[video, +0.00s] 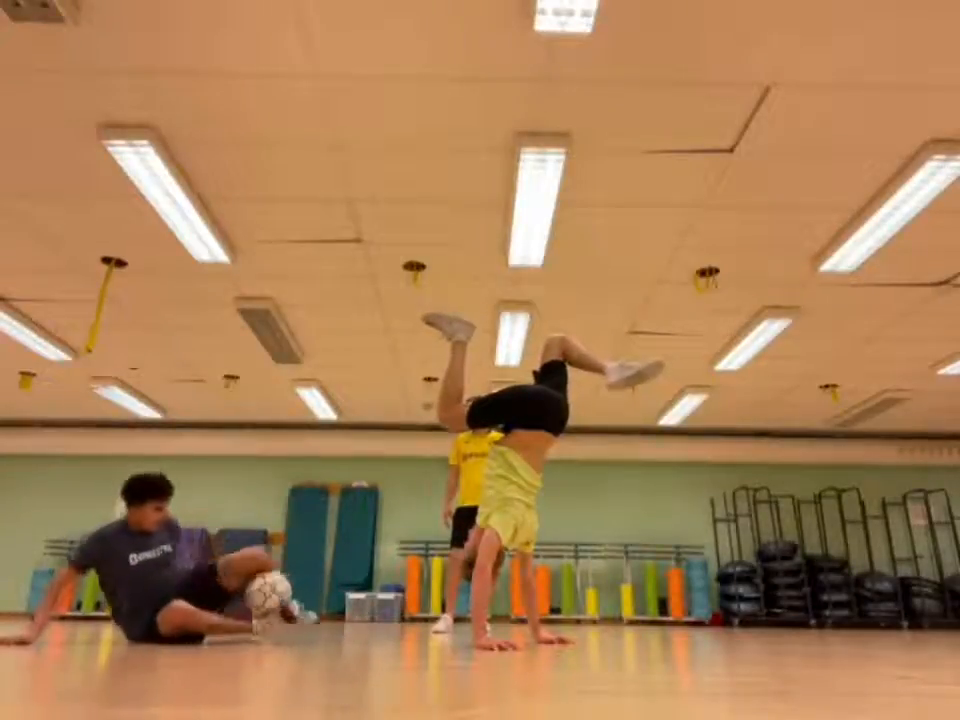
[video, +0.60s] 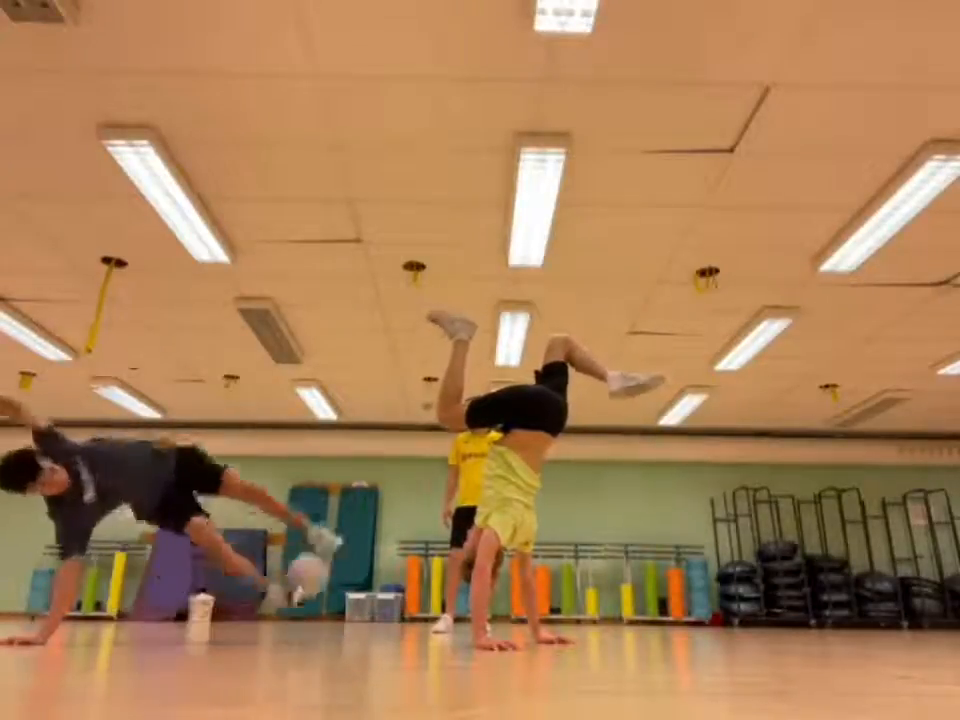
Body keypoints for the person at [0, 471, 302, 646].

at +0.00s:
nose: (165, 515)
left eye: (166, 508)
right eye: (158, 508)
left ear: (162, 506)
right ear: (135, 508)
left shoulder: (170, 530)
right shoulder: (103, 541)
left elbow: (194, 567)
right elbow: (65, 579)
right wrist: (35, 630)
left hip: (186, 591)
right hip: (146, 617)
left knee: (255, 557)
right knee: (179, 613)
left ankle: (280, 605)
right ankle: (256, 626)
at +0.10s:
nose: (171, 511)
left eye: (171, 504)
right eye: (164, 505)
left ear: (166, 504)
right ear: (143, 505)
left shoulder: (180, 524)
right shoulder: (111, 536)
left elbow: (214, 555)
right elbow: (72, 575)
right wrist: (44, 627)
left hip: (201, 589)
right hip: (153, 613)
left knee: (269, 566)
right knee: (183, 609)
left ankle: (274, 620)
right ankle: (254, 632)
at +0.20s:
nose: (171, 506)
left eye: (171, 499)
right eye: (163, 501)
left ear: (169, 500)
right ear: (141, 503)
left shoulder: (184, 518)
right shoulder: (115, 535)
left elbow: (231, 524)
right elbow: (73, 576)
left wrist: (276, 526)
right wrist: (48, 631)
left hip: (203, 586)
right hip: (157, 612)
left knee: (269, 569)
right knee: (194, 611)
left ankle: (285, 622)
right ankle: (261, 633)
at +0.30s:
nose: (153, 497)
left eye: (153, 489)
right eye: (143, 494)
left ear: (157, 485)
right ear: (123, 498)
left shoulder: (174, 498)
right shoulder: (110, 529)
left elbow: (218, 475)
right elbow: (73, 574)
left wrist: (237, 445)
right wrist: (48, 631)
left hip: (207, 577)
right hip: (165, 603)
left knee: (273, 571)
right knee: (199, 608)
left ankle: (284, 615)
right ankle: (270, 634)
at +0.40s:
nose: (114, 485)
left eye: (111, 476)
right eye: (104, 485)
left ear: (115, 465)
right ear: (95, 487)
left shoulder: (141, 461)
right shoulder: (99, 519)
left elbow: (143, 405)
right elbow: (73, 575)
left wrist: (104, 378)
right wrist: (47, 633)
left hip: (204, 539)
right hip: (171, 569)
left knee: (266, 560)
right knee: (200, 589)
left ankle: (290, 611)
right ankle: (275, 632)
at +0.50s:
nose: (74, 479)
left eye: (68, 471)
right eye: (65, 482)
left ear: (67, 460)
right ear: (57, 487)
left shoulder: (86, 445)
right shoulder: (82, 517)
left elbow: (56, 399)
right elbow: (70, 574)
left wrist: (11, 373)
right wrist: (45, 633)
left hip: (193, 491)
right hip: (172, 527)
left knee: (257, 524)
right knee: (210, 565)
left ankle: (289, 563)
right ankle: (269, 624)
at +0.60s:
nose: (54, 477)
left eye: (48, 470)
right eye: (44, 483)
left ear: (47, 458)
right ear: (38, 493)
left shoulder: (58, 446)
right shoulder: (70, 516)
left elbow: (29, 419)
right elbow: (69, 573)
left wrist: (5, 400)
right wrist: (46, 632)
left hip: (172, 461)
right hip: (159, 503)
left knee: (244, 489)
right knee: (211, 541)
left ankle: (308, 528)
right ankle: (268, 587)